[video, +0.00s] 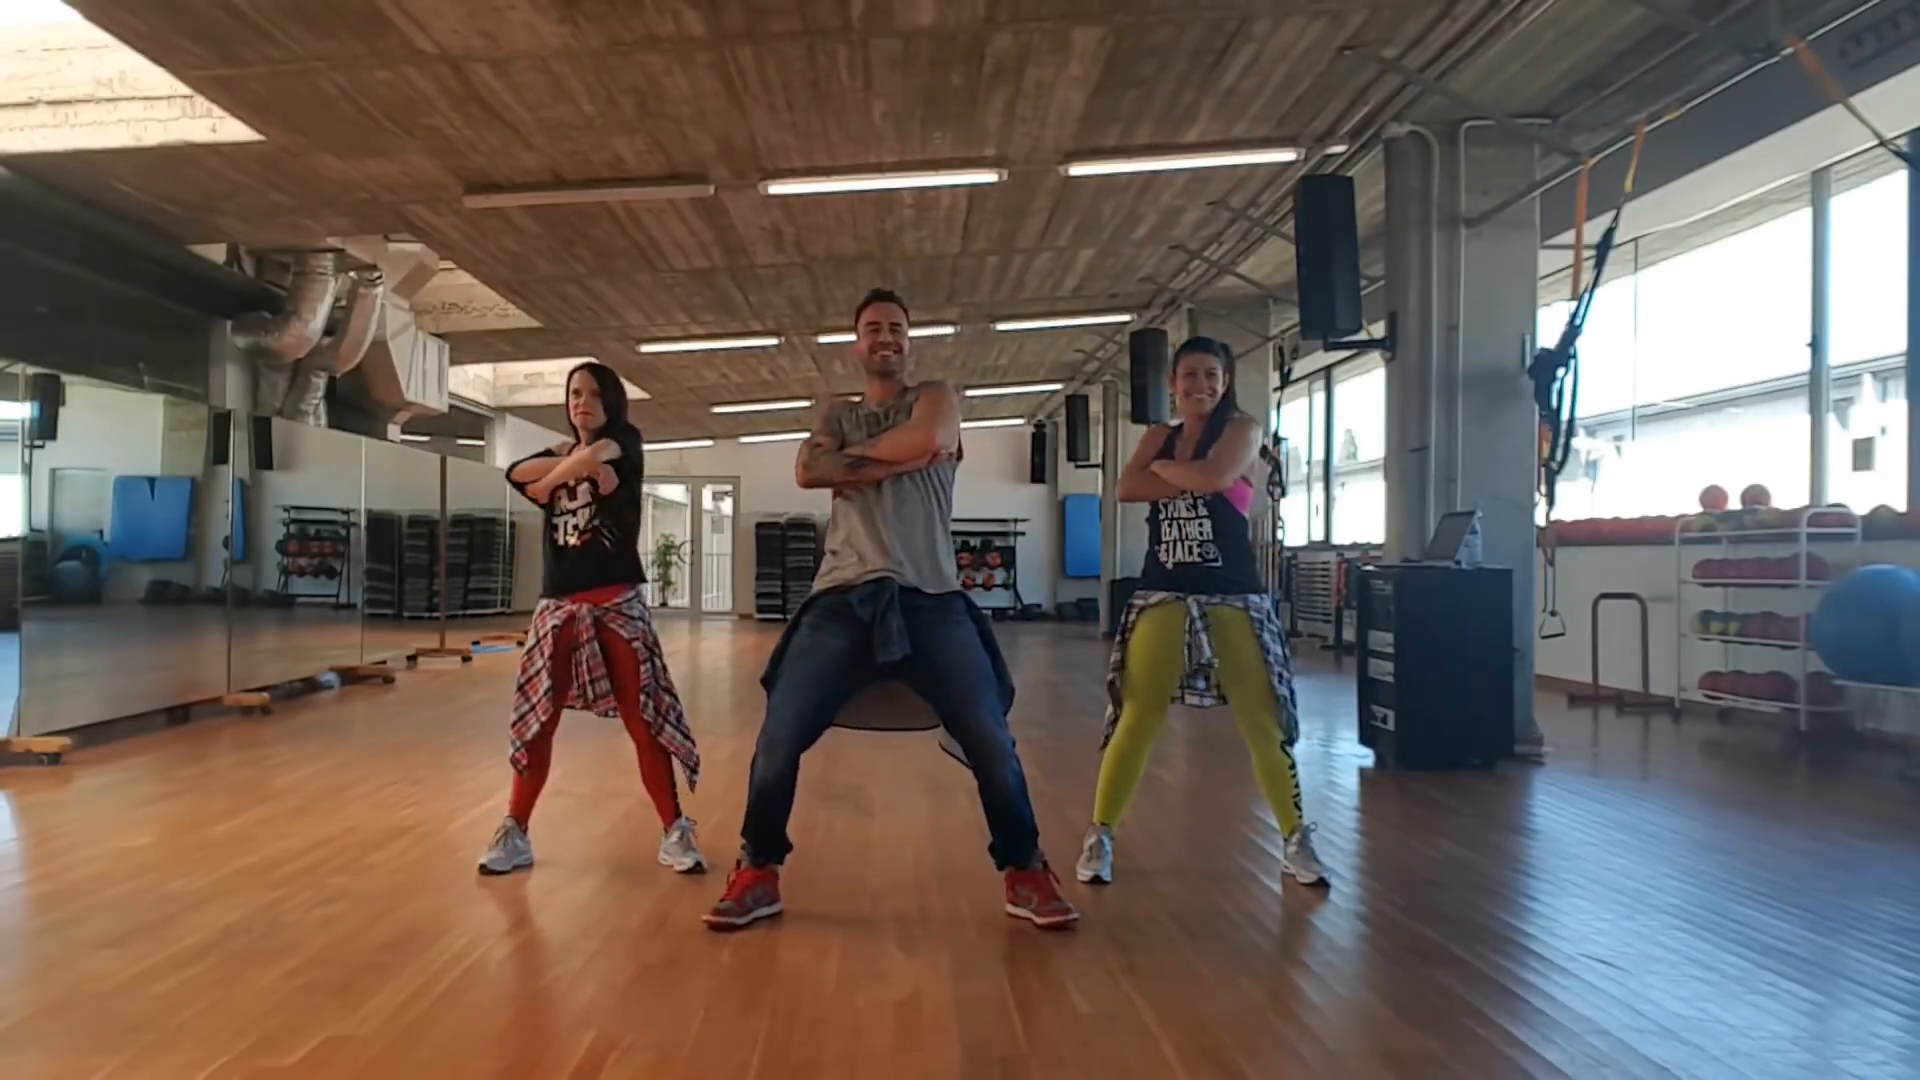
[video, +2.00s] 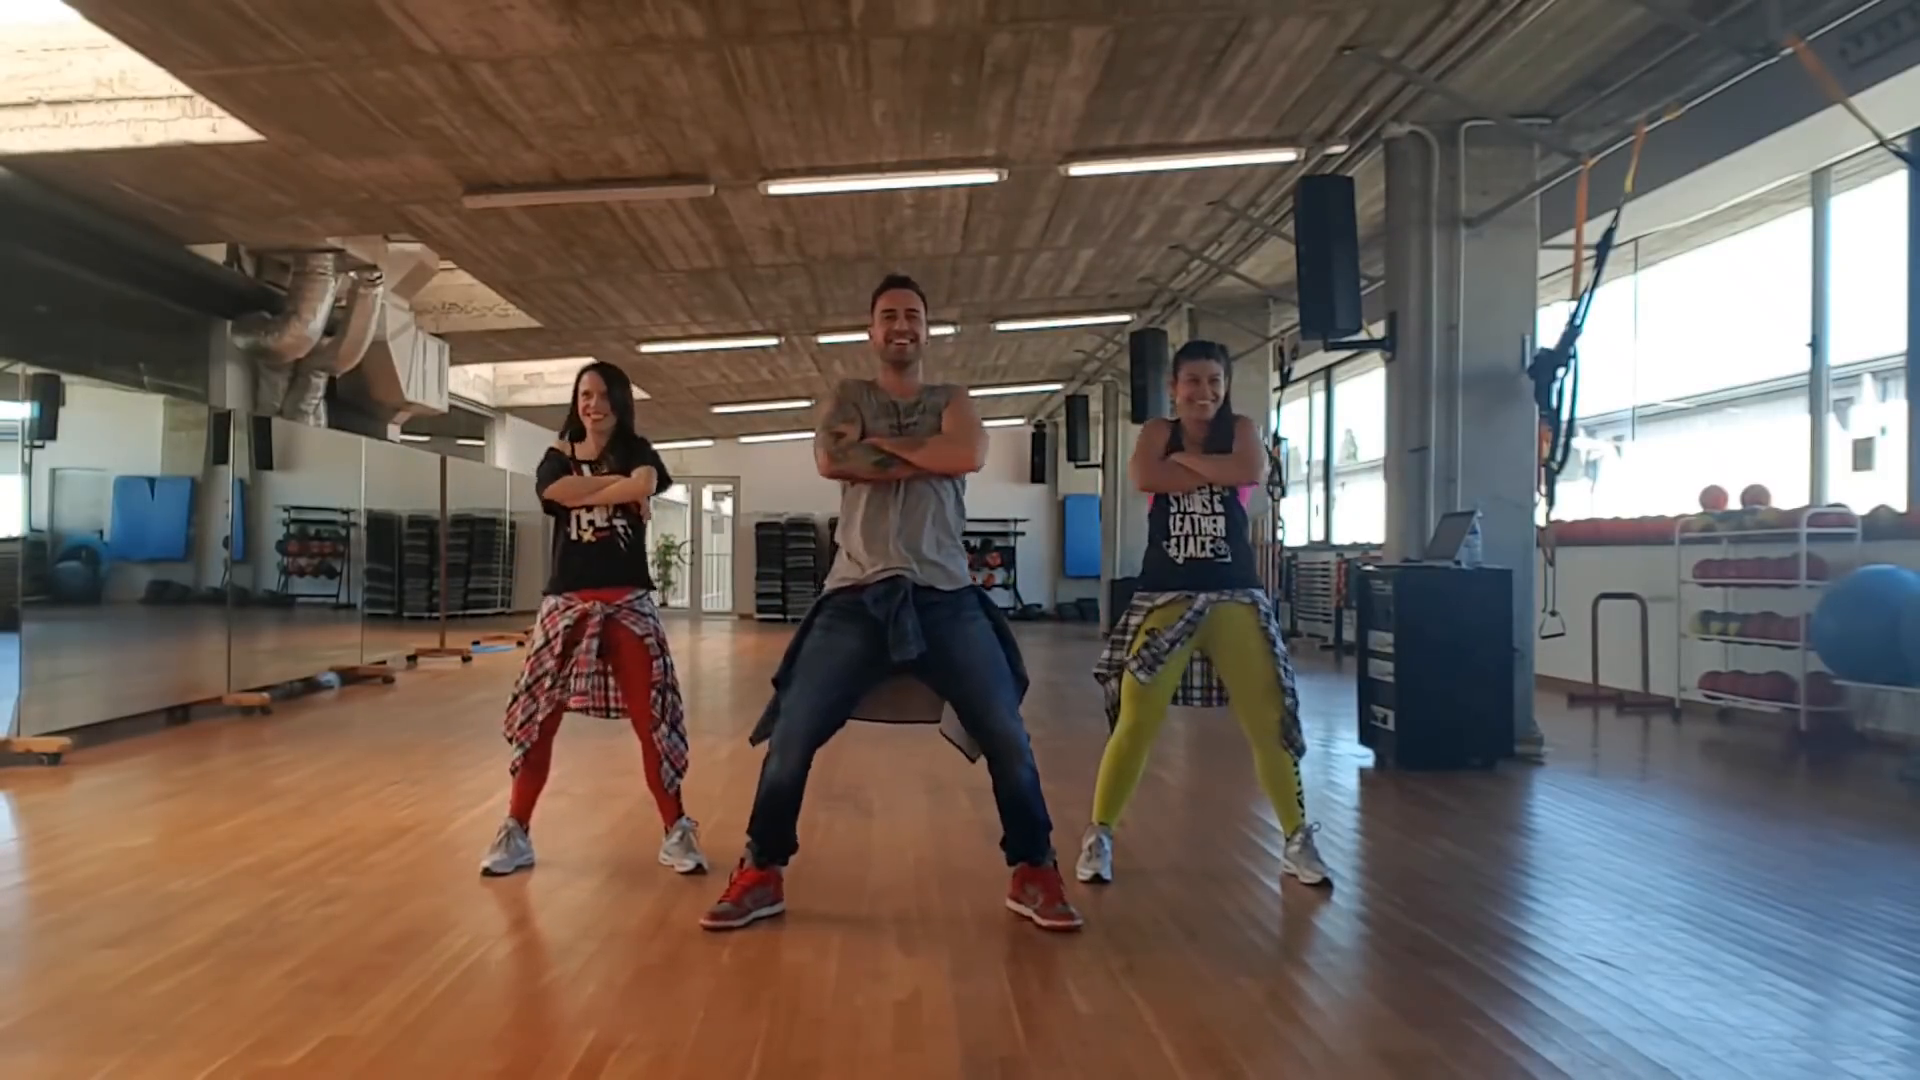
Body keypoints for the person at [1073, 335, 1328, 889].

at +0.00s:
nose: (1199, 384)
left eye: (1210, 376)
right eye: (1189, 375)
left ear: (1225, 383)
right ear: (1174, 383)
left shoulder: (1242, 428)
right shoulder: (1160, 436)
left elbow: (1212, 477)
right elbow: (1126, 488)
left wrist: (1157, 466)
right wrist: (1194, 478)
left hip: (1233, 591)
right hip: (1162, 590)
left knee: (1262, 720)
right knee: (1140, 714)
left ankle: (1296, 841)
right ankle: (1100, 837)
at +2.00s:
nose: (1201, 391)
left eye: (1211, 382)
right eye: (1191, 381)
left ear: (1225, 387)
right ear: (1174, 386)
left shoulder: (1242, 429)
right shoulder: (1157, 431)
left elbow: (1250, 471)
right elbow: (1143, 477)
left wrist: (1176, 457)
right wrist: (1217, 469)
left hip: (1233, 594)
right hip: (1163, 594)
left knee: (1268, 719)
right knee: (1136, 722)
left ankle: (1298, 841)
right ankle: (1098, 838)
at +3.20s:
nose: (1201, 391)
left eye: (1211, 382)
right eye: (1191, 380)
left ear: (1221, 388)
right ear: (1172, 385)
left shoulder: (1234, 440)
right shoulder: (1159, 427)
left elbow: (1276, 481)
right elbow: (1204, 476)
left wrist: (1222, 456)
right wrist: (1249, 473)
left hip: (1244, 598)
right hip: (1178, 598)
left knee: (1269, 721)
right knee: (1146, 721)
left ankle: (1296, 841)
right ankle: (1100, 838)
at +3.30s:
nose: (1201, 390)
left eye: (1210, 381)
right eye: (1190, 380)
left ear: (1221, 388)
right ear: (1170, 385)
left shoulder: (1234, 438)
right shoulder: (1157, 427)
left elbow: (1276, 480)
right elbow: (1198, 476)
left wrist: (1219, 456)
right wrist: (1247, 473)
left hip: (1240, 599)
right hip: (1174, 598)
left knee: (1269, 723)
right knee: (1144, 720)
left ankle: (1297, 842)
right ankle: (1100, 838)